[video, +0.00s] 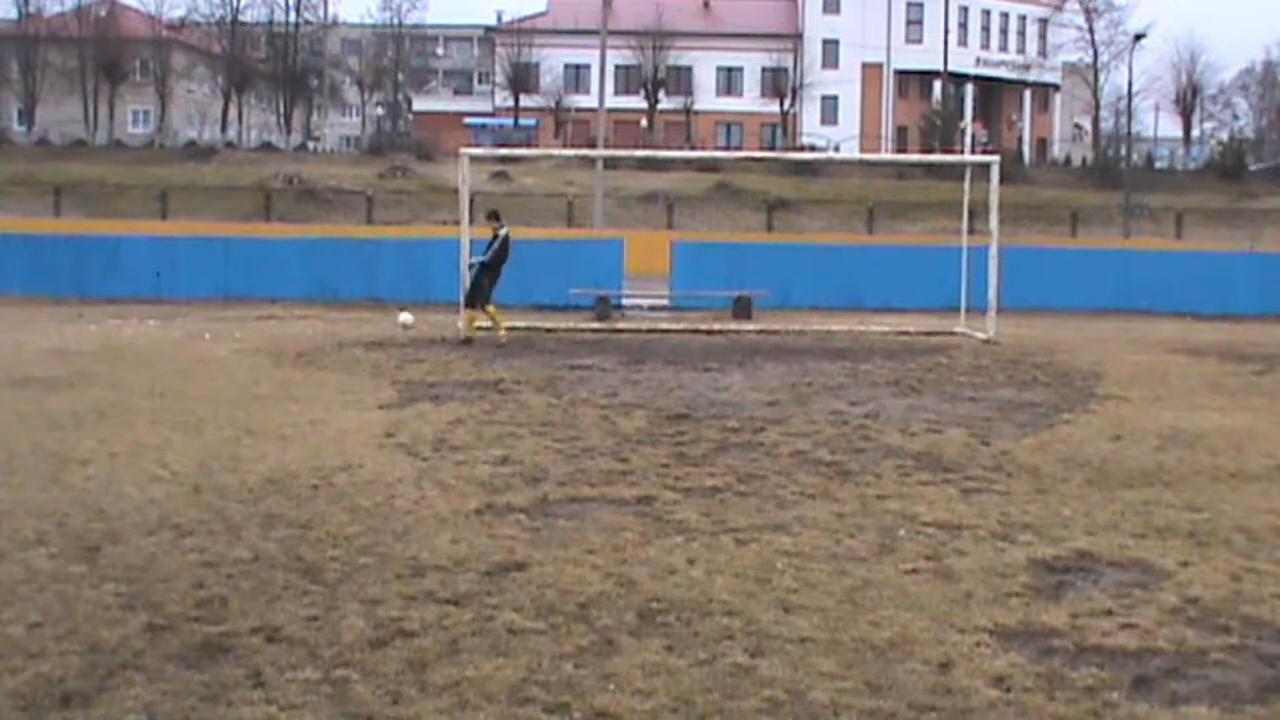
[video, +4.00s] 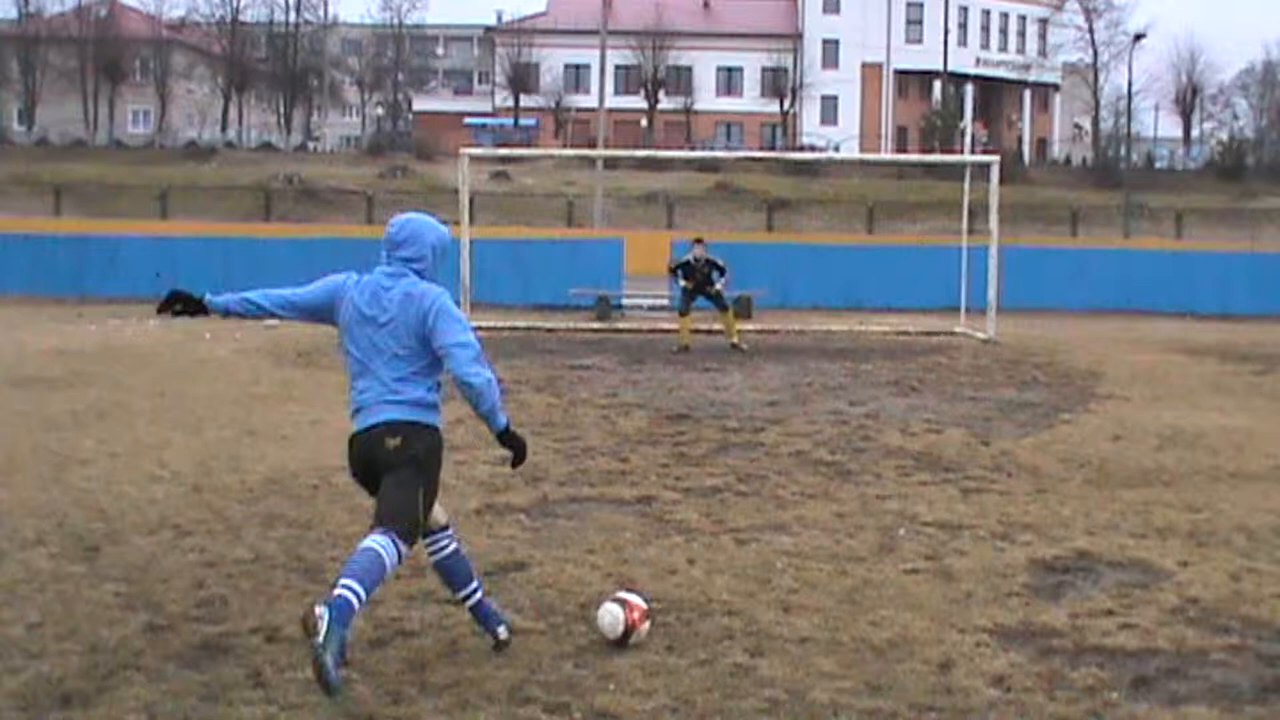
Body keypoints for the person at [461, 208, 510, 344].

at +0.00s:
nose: (490, 226)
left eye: (491, 223)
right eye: (489, 223)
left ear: (497, 222)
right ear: (491, 223)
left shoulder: (503, 237)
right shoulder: (496, 236)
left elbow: (490, 258)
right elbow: (487, 256)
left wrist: (473, 261)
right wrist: (474, 262)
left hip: (490, 274)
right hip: (482, 273)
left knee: (483, 303)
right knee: (471, 302)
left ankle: (501, 331)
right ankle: (468, 334)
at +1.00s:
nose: (489, 216)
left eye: (492, 213)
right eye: (487, 213)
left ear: (495, 214)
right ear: (483, 214)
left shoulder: (501, 231)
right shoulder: (476, 232)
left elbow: (506, 252)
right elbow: (468, 251)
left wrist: (508, 267)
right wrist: (462, 267)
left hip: (498, 270)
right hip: (481, 270)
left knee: (500, 300)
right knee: (479, 302)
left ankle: (503, 328)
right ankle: (477, 328)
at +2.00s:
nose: (564, 220)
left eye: (566, 217)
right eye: (562, 217)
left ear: (565, 218)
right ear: (557, 217)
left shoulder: (561, 232)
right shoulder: (550, 231)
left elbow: (562, 251)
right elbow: (543, 250)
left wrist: (566, 263)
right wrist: (544, 265)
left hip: (555, 268)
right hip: (546, 269)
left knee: (558, 300)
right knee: (547, 301)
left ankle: (539, 321)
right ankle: (545, 331)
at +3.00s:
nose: (642, 219)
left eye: (644, 215)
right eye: (639, 215)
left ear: (647, 217)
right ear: (635, 217)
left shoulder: (648, 234)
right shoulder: (632, 234)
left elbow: (654, 252)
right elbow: (629, 256)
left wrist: (665, 261)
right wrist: (629, 274)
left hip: (645, 271)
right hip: (637, 272)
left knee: (643, 305)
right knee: (642, 307)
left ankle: (621, 324)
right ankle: (649, 339)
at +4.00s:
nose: (698, 252)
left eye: (701, 249)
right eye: (696, 249)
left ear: (704, 250)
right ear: (692, 250)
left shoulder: (710, 261)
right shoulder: (685, 262)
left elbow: (723, 272)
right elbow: (673, 270)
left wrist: (718, 285)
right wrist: (682, 283)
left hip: (707, 287)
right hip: (691, 287)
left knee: (725, 308)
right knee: (683, 312)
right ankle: (684, 342)